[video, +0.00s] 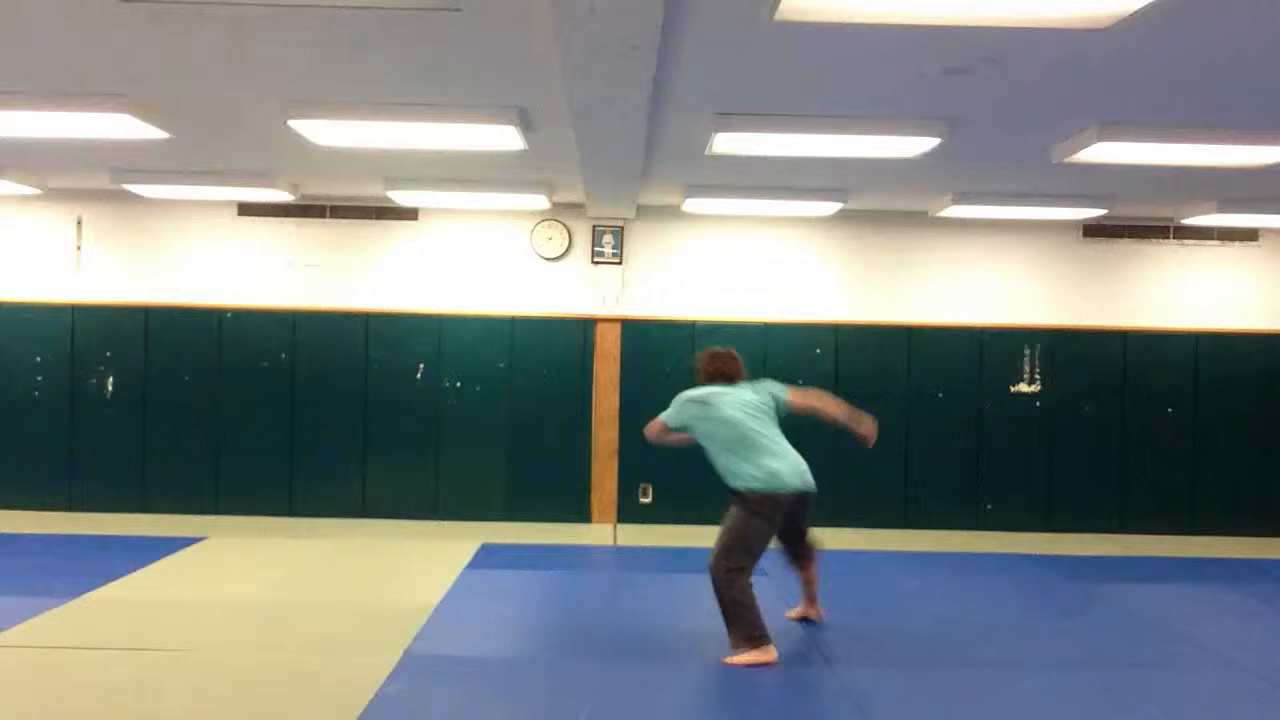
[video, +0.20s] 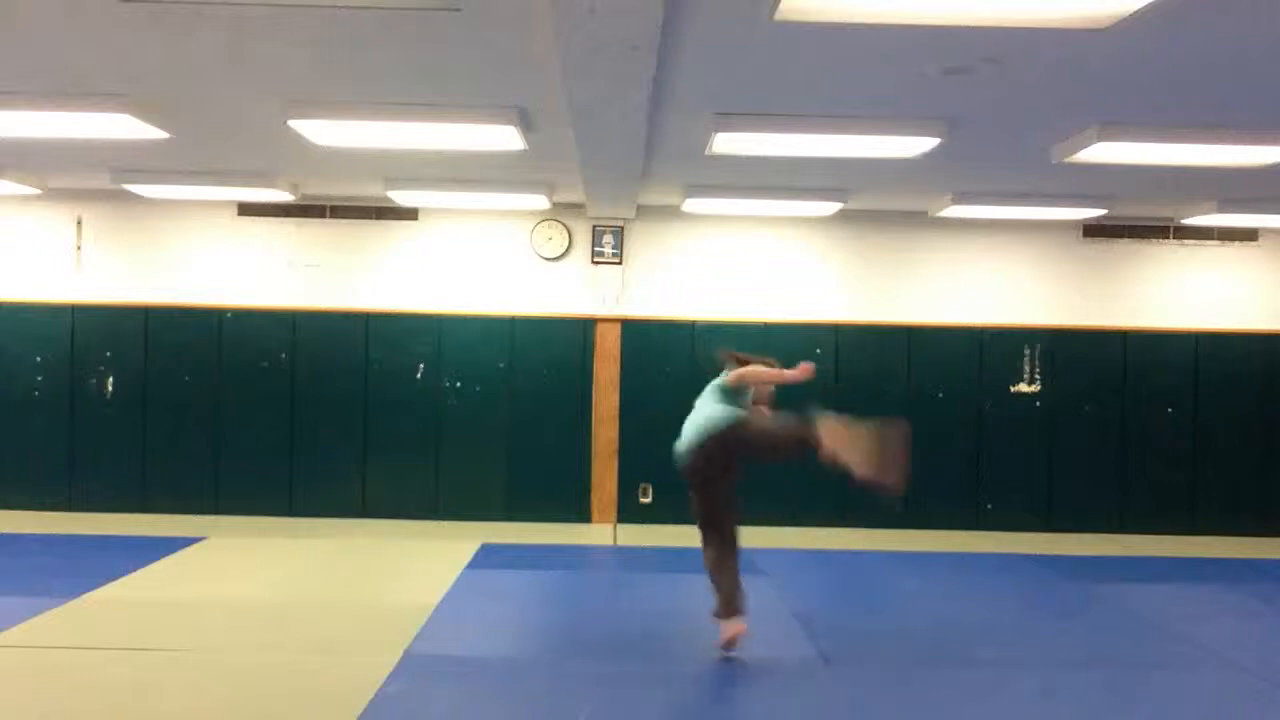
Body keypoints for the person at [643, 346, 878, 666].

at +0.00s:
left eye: (699, 373)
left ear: (702, 376)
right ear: (737, 374)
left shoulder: (692, 400)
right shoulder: (760, 389)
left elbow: (652, 433)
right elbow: (815, 399)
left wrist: (696, 435)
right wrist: (858, 420)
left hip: (761, 490)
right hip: (800, 485)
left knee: (727, 567)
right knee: (797, 541)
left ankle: (756, 645)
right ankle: (811, 606)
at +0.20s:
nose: (770, 398)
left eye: (772, 392)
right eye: (767, 388)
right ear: (751, 375)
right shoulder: (724, 385)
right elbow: (750, 372)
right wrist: (796, 374)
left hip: (695, 459)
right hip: (721, 431)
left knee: (717, 534)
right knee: (780, 433)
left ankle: (730, 617)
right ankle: (828, 435)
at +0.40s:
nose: (797, 409)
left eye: (800, 407)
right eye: (793, 400)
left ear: (793, 417)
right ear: (773, 397)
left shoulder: (749, 446)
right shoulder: (752, 398)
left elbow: (703, 480)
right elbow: (720, 400)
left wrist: (717, 497)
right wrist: (767, 412)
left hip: (690, 478)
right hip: (687, 436)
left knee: (698, 549)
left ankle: (693, 639)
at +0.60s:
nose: (762, 377)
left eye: (768, 373)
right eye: (758, 367)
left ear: (769, 383)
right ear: (738, 365)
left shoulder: (745, 424)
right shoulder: (700, 380)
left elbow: (720, 466)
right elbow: (649, 399)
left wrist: (720, 460)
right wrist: (691, 422)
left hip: (679, 485)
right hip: (636, 471)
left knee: (697, 553)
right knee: (598, 544)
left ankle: (686, 639)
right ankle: (578, 606)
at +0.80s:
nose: (660, 340)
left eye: (668, 334)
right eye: (655, 332)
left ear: (679, 341)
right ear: (644, 336)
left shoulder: (695, 375)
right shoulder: (630, 370)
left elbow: (710, 427)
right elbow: (617, 409)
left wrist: (663, 411)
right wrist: (617, 417)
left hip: (678, 476)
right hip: (632, 471)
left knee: (688, 548)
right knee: (607, 546)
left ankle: (695, 636)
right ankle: (589, 612)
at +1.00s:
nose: (635, 327)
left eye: (643, 321)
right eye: (630, 320)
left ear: (656, 327)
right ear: (623, 325)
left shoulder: (676, 364)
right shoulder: (614, 364)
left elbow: (693, 415)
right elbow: (604, 410)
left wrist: (653, 405)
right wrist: (607, 413)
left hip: (668, 466)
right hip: (624, 465)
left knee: (682, 546)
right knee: (604, 542)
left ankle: (706, 633)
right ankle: (588, 612)